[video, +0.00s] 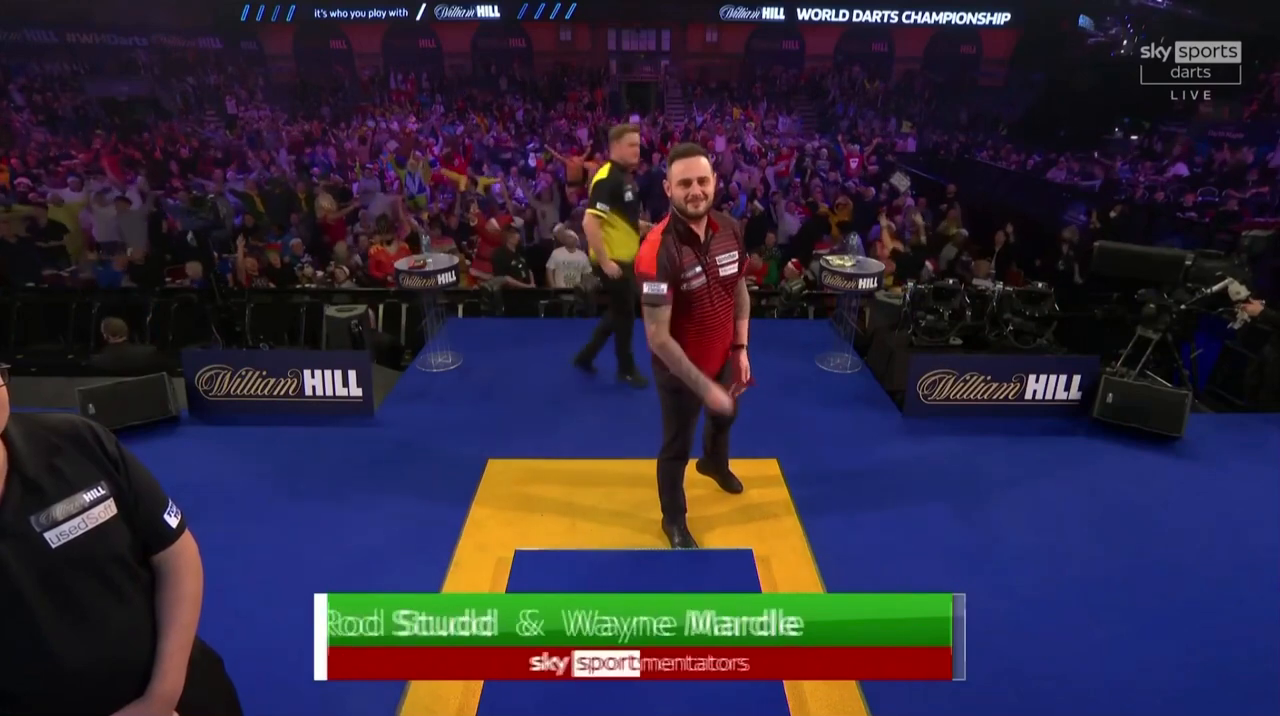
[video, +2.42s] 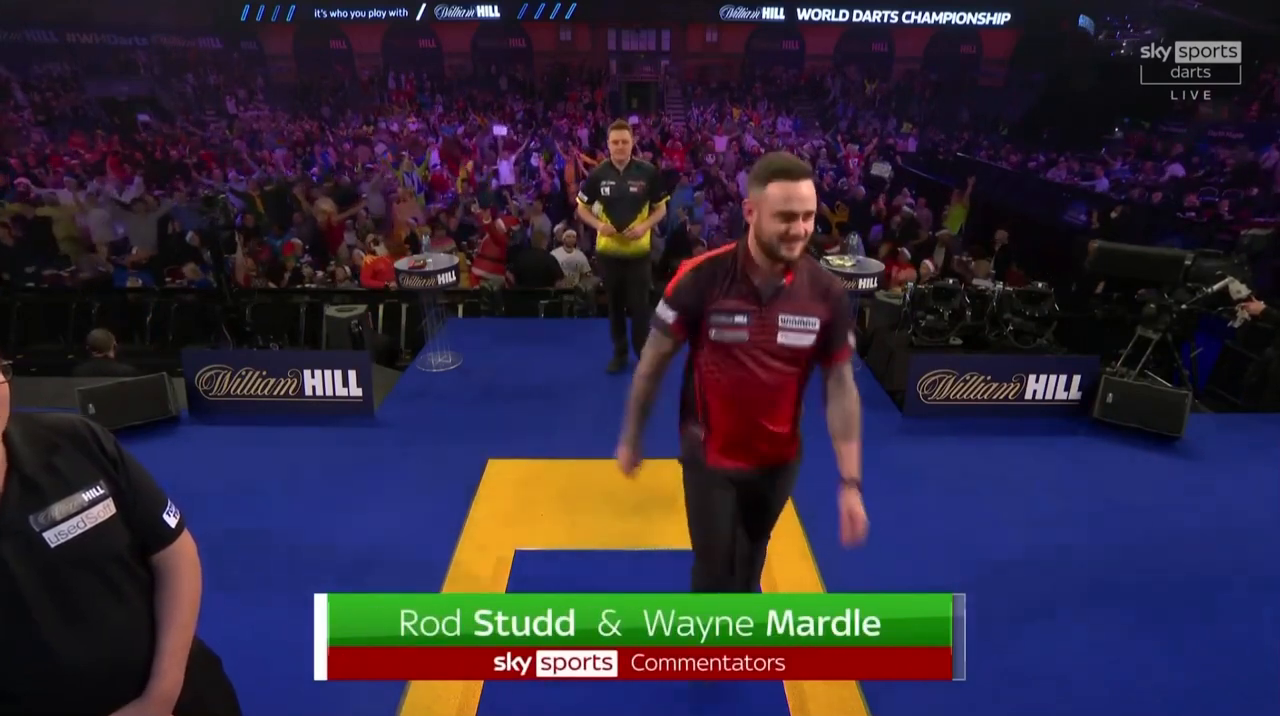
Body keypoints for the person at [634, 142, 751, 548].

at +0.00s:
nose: (695, 190)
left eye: (703, 181)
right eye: (684, 183)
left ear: (714, 184)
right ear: (668, 190)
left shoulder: (727, 229)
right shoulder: (657, 251)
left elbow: (740, 290)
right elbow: (657, 336)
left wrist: (741, 349)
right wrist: (705, 387)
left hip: (722, 353)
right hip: (681, 363)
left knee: (725, 410)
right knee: (678, 445)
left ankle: (714, 461)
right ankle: (674, 519)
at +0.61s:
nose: (693, 188)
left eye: (701, 179)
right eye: (683, 180)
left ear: (713, 183)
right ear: (667, 187)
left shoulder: (729, 229)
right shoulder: (657, 242)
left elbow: (743, 289)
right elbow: (636, 310)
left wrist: (747, 347)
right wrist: (659, 316)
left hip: (724, 354)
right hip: (680, 364)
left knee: (731, 416)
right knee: (679, 445)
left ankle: (714, 462)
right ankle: (674, 520)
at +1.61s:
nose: (711, 194)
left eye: (718, 184)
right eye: (699, 187)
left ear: (729, 187)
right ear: (681, 193)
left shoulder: (741, 238)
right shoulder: (673, 249)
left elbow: (747, 300)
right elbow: (686, 311)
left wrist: (763, 362)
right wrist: (712, 360)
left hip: (736, 363)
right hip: (689, 368)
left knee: (757, 448)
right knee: (682, 456)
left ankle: (730, 501)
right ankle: (674, 520)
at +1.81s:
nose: (720, 202)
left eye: (728, 192)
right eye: (707, 195)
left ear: (739, 195)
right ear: (689, 203)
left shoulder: (750, 245)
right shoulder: (681, 262)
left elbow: (758, 303)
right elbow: (716, 342)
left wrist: (775, 358)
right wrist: (758, 409)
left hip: (742, 384)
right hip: (694, 390)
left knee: (753, 474)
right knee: (685, 462)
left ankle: (737, 573)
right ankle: (675, 518)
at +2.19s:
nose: (771, 221)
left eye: (781, 210)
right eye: (759, 209)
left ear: (793, 214)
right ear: (734, 211)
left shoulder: (801, 275)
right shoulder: (703, 279)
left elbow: (800, 337)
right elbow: (700, 380)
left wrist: (799, 399)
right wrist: (713, 471)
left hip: (770, 419)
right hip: (712, 420)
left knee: (752, 526)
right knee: (712, 506)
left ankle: (744, 606)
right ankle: (697, 523)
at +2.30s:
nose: (790, 224)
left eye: (799, 212)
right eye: (777, 212)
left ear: (808, 212)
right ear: (745, 208)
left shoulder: (813, 281)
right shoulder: (701, 277)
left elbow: (818, 361)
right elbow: (676, 367)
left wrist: (826, 444)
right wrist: (669, 453)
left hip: (776, 439)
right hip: (715, 438)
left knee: (754, 540)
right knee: (715, 546)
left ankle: (743, 609)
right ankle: (704, 545)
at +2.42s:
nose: (799, 229)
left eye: (808, 217)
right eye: (786, 217)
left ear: (816, 213)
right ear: (750, 211)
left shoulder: (827, 294)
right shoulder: (700, 281)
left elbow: (841, 385)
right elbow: (653, 359)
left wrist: (851, 483)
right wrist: (631, 437)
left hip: (777, 459)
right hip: (711, 456)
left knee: (748, 570)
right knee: (717, 575)